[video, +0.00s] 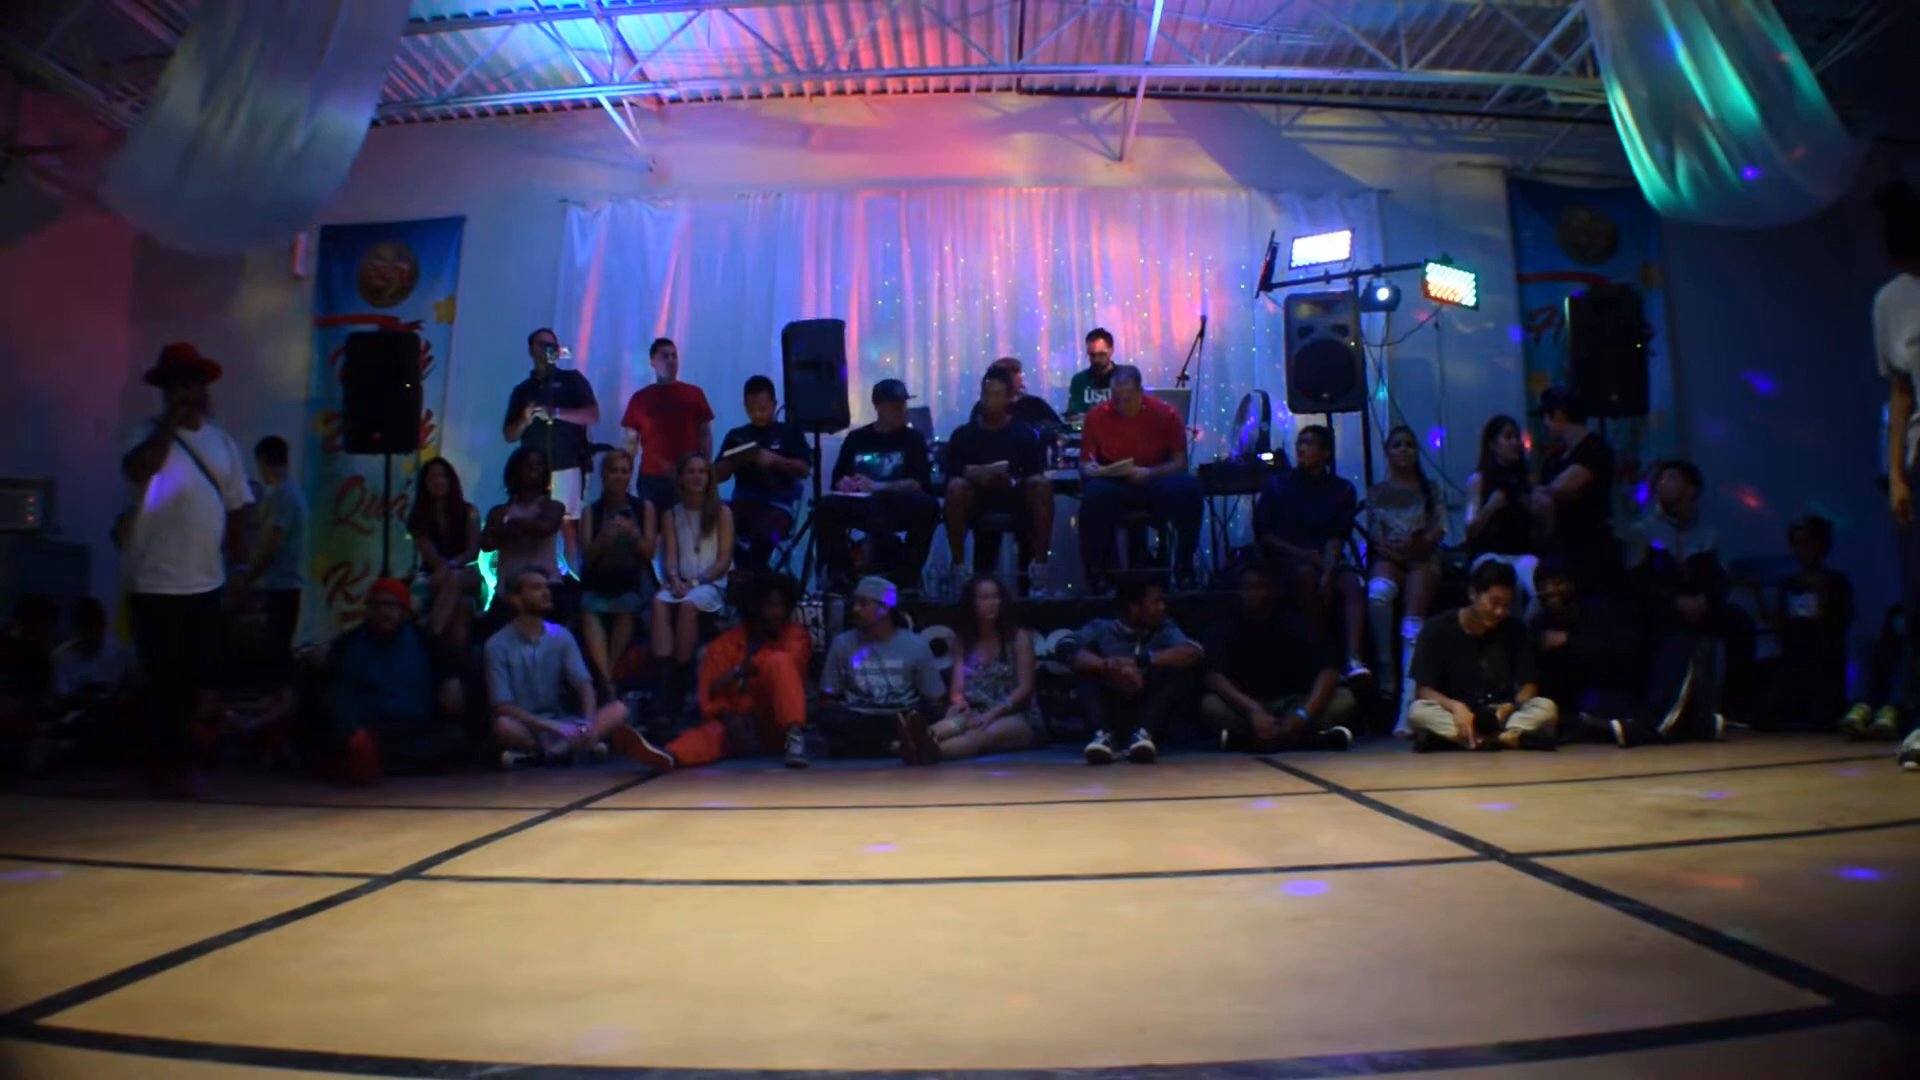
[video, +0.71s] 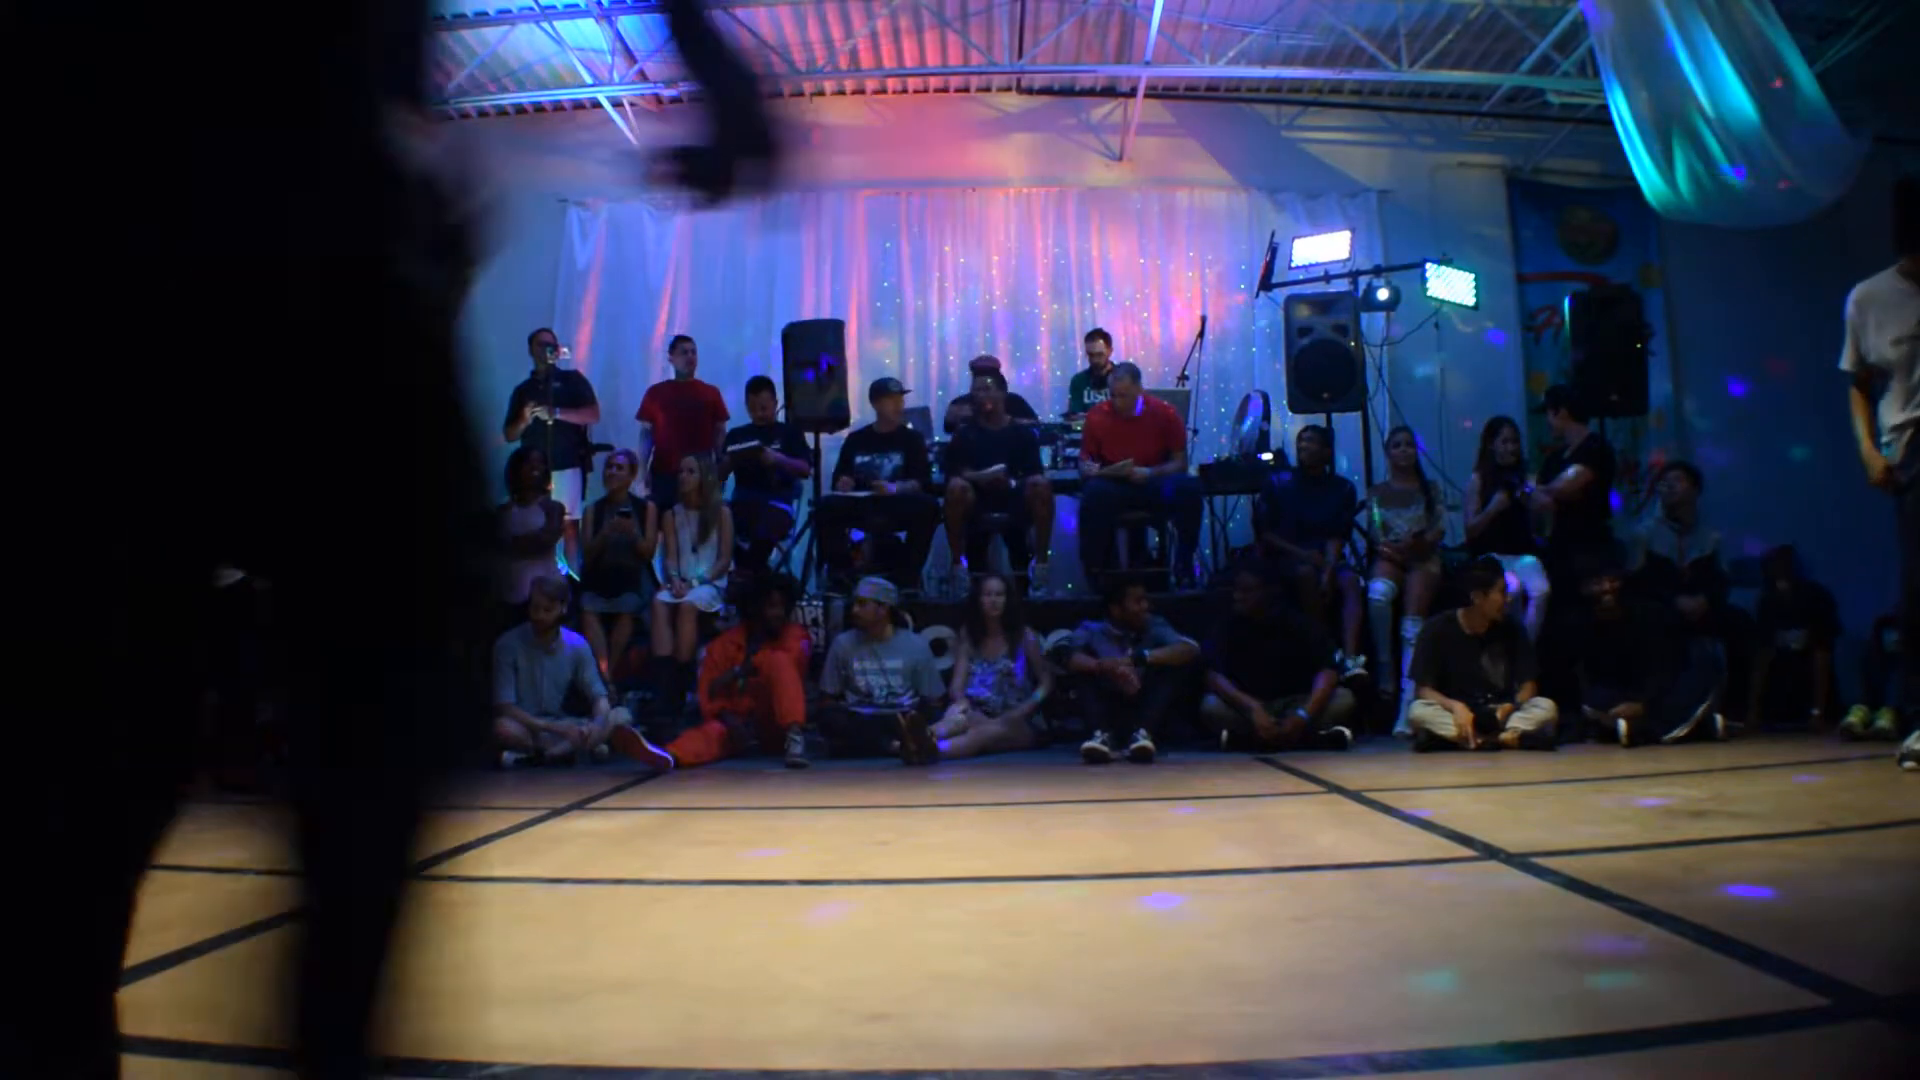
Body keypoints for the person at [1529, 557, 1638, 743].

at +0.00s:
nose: (1552, 592)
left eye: (1558, 584)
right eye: (1545, 587)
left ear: (1571, 585)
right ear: (1538, 592)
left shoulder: (1593, 617)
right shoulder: (1536, 626)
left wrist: (1567, 641)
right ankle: (1611, 730)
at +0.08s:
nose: (1560, 592)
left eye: (1566, 584)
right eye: (1552, 586)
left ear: (1578, 585)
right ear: (1543, 591)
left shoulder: (1599, 619)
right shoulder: (1540, 627)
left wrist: (1576, 643)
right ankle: (1611, 730)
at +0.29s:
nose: (1580, 592)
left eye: (1586, 583)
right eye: (1570, 586)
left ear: (1598, 584)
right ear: (1557, 591)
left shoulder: (1614, 613)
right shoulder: (1556, 617)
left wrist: (1603, 651)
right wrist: (1568, 651)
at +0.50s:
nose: (1594, 592)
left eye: (1601, 584)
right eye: (1586, 586)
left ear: (1612, 585)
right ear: (1572, 590)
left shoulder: (1630, 616)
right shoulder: (1566, 623)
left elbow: (1653, 661)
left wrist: (1638, 701)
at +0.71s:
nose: (1607, 590)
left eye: (1613, 582)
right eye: (1599, 584)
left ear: (1622, 584)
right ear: (1586, 589)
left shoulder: (1643, 616)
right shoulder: (1580, 623)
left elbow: (1662, 664)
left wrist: (1641, 703)